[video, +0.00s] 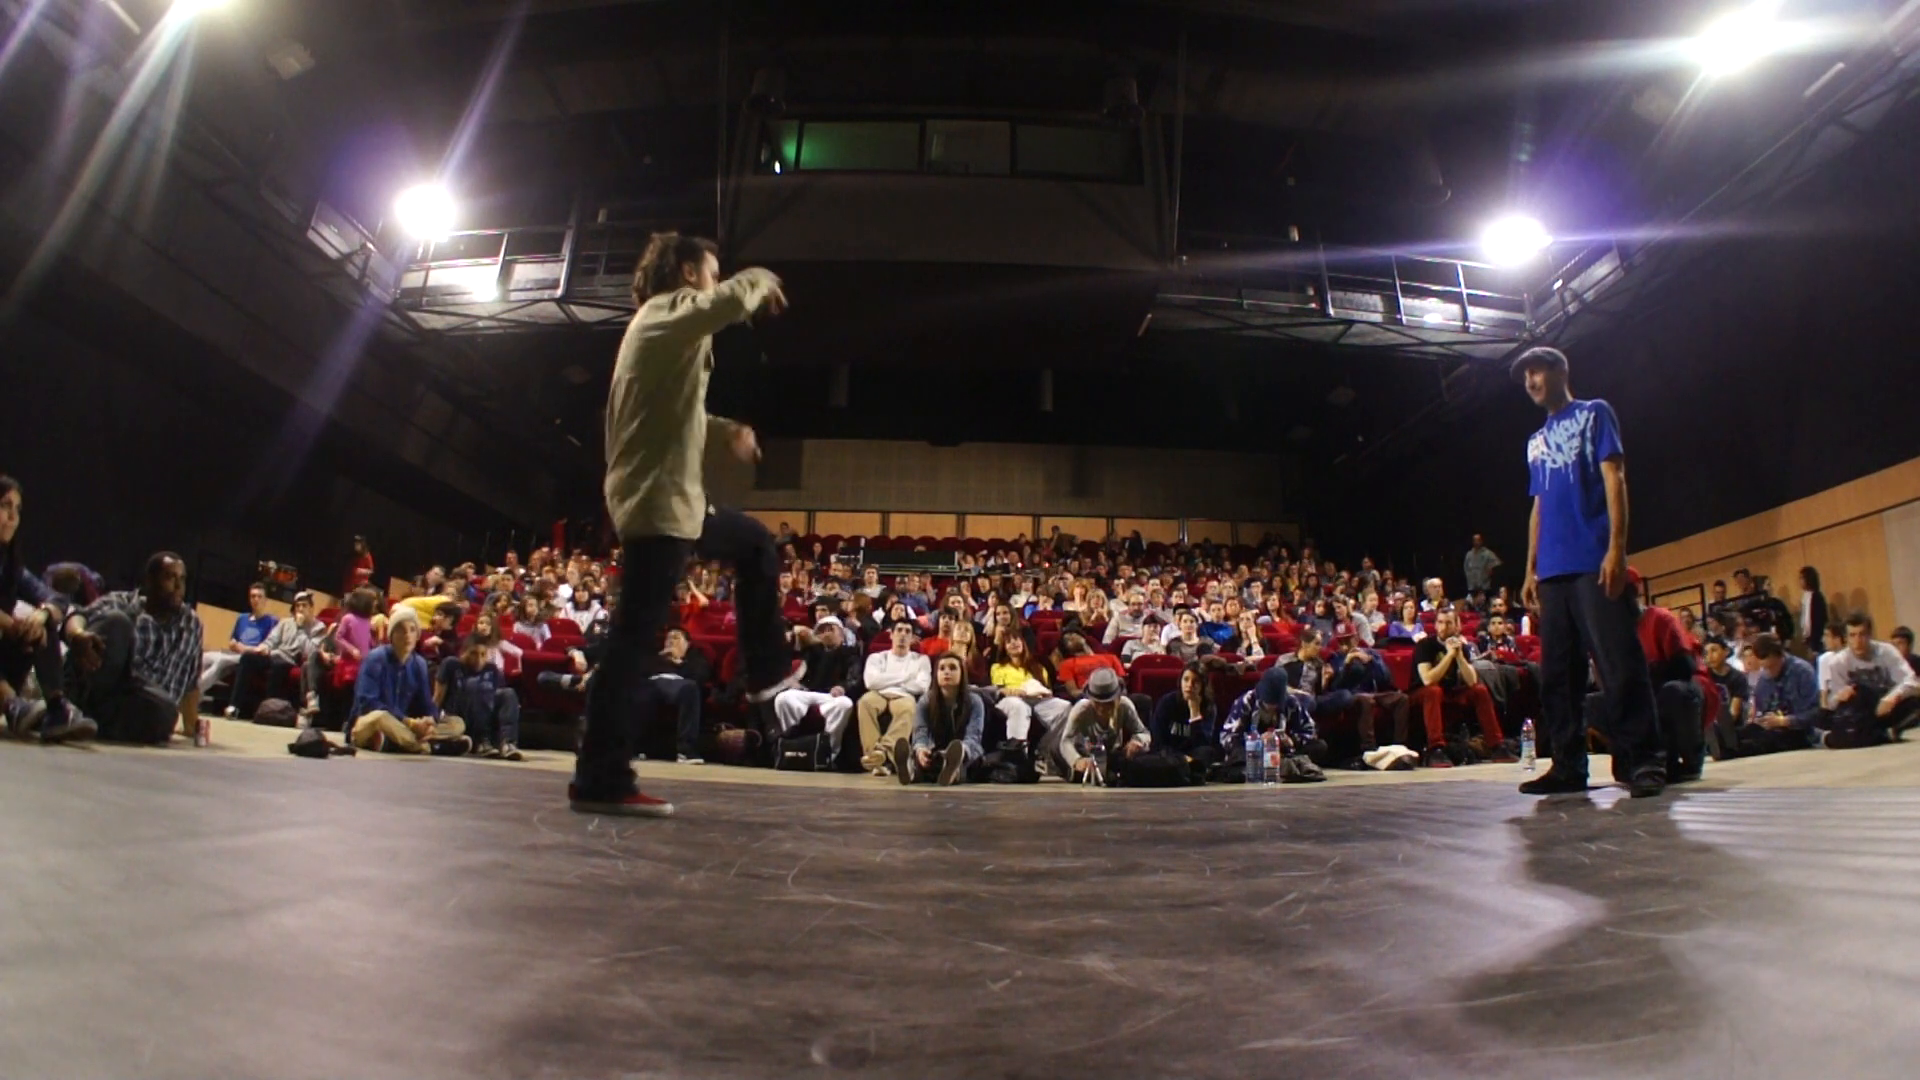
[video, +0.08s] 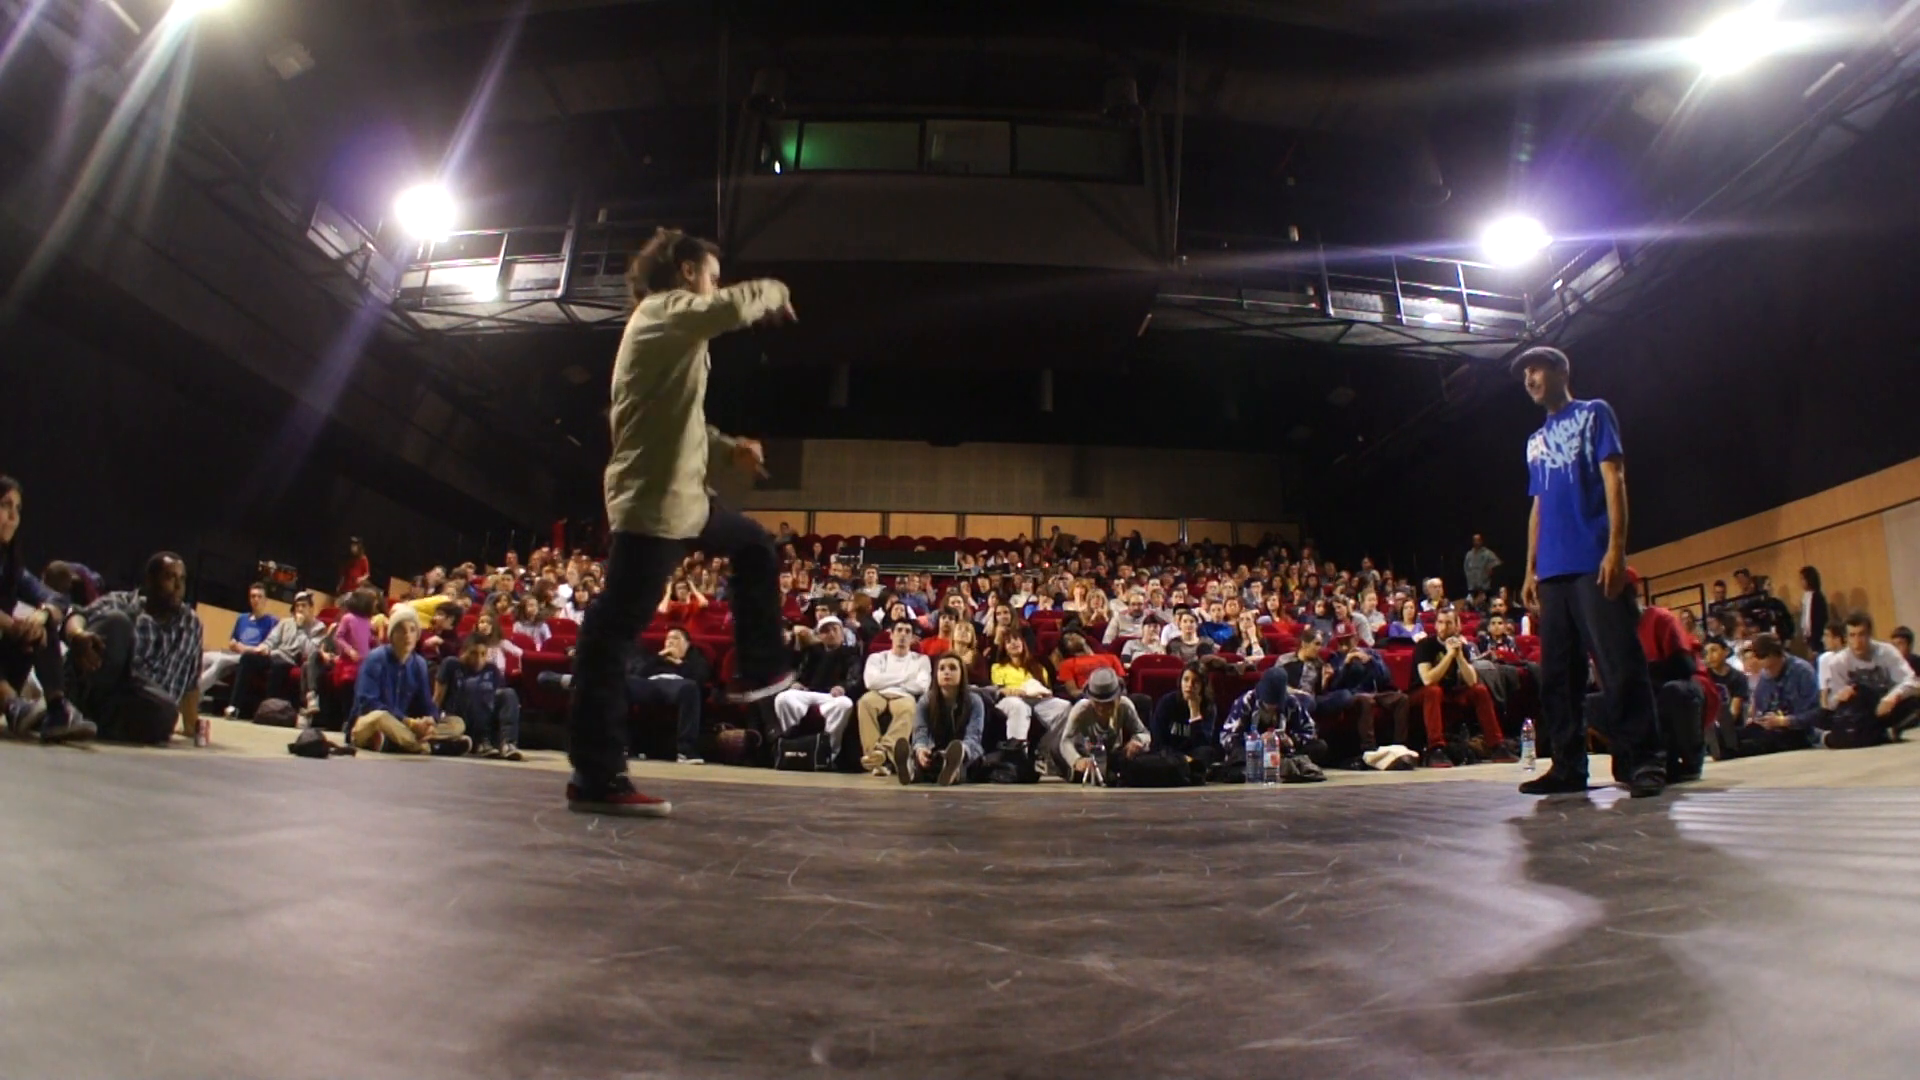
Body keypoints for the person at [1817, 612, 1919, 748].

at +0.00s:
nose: (1857, 641)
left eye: (1862, 635)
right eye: (1852, 635)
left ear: (1869, 634)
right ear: (1846, 638)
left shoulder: (1887, 652)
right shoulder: (1838, 662)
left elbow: (1911, 680)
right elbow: (1830, 703)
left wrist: (1892, 697)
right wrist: (1839, 697)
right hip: (1858, 707)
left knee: (1913, 702)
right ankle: (1883, 734)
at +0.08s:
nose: (1857, 641)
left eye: (1862, 635)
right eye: (1852, 635)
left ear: (1869, 634)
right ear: (1846, 638)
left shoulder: (1887, 652)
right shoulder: (1838, 662)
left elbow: (1911, 680)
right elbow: (1830, 703)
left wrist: (1892, 697)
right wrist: (1839, 696)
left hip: (1886, 704)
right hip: (1857, 706)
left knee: (1913, 703)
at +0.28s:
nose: (1856, 642)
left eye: (1861, 635)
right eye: (1851, 637)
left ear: (1870, 635)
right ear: (1846, 638)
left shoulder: (1886, 652)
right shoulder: (1840, 661)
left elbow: (1911, 680)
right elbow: (1830, 703)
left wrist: (1892, 696)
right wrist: (1838, 697)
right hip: (1858, 705)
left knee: (1913, 703)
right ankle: (1885, 734)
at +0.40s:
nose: (1856, 642)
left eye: (1862, 635)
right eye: (1851, 637)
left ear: (1870, 634)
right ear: (1846, 638)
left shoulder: (1887, 652)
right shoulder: (1839, 661)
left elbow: (1910, 680)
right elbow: (1830, 703)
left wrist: (1893, 696)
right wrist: (1839, 697)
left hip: (1885, 704)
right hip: (1856, 706)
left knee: (1913, 703)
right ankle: (1885, 734)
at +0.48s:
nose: (1857, 642)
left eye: (1862, 636)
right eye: (1851, 637)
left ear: (1869, 635)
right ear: (1845, 639)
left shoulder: (1887, 652)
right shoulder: (1838, 660)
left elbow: (1911, 680)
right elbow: (1830, 703)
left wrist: (1894, 695)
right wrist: (1839, 697)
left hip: (1885, 704)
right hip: (1856, 705)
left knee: (1913, 704)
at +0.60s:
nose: (1857, 642)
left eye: (1862, 635)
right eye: (1851, 636)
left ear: (1870, 634)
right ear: (1845, 638)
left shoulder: (1886, 651)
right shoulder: (1837, 659)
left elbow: (1911, 681)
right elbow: (1829, 702)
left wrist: (1894, 695)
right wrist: (1838, 697)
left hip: (1885, 703)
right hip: (1856, 704)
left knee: (1913, 704)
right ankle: (1885, 734)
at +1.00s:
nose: (1857, 643)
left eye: (1862, 636)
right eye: (1852, 637)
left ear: (1869, 635)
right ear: (1844, 638)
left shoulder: (1886, 652)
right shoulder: (1839, 661)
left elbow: (1911, 681)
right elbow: (1830, 702)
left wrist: (1893, 696)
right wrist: (1839, 696)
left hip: (1886, 703)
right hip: (1858, 705)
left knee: (1914, 704)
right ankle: (1884, 734)